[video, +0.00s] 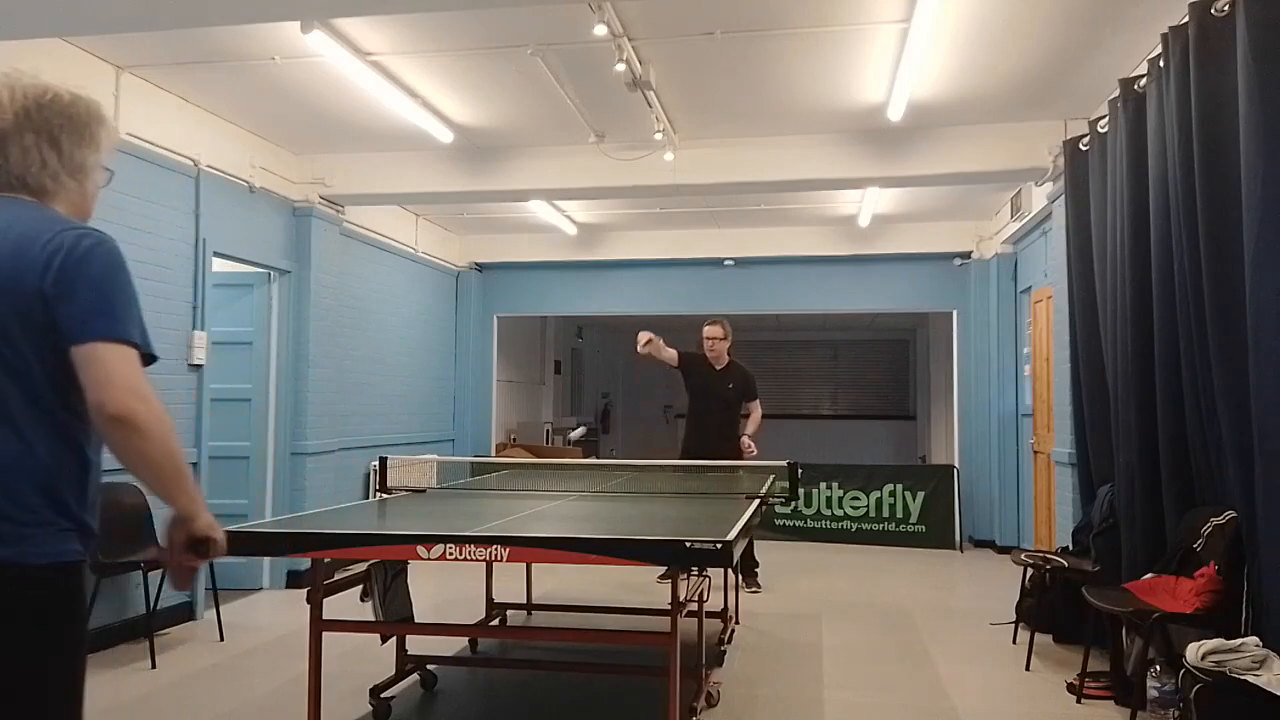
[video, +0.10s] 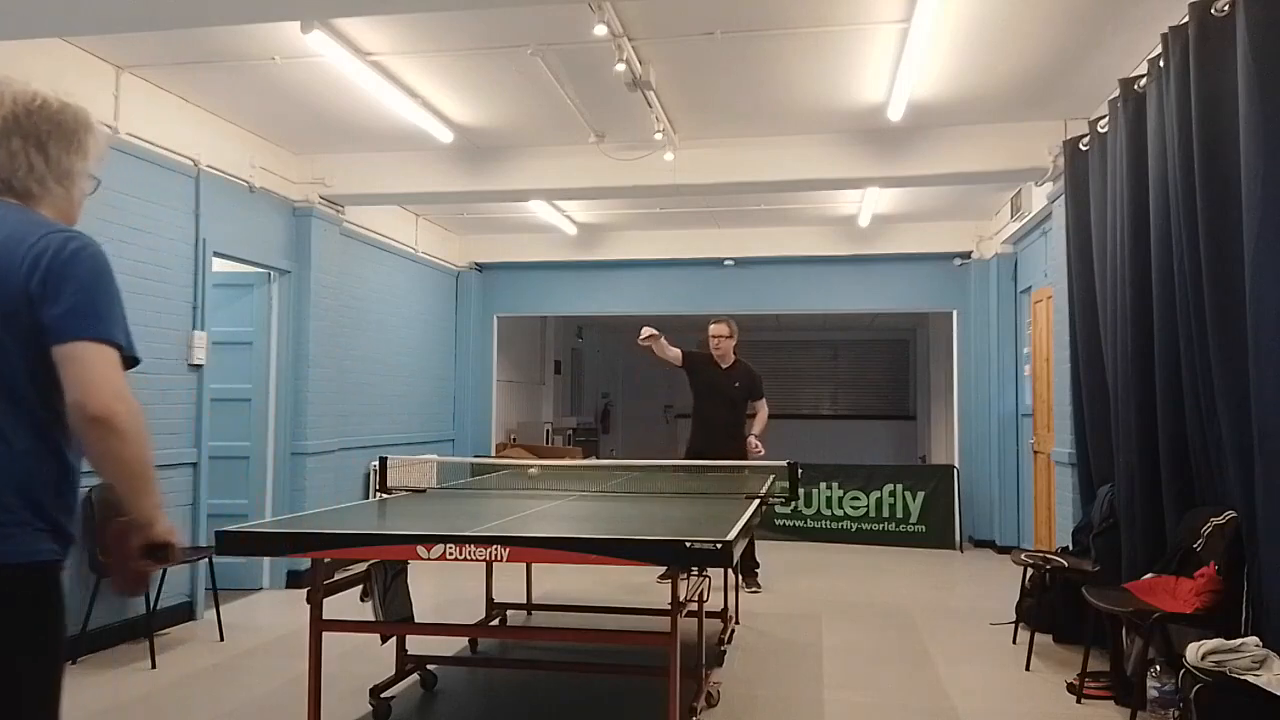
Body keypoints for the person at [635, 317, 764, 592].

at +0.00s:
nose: (710, 344)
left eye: (716, 339)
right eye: (706, 339)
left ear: (728, 342)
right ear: (702, 341)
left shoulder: (742, 375)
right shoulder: (692, 362)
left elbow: (755, 411)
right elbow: (663, 353)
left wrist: (747, 434)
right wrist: (650, 340)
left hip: (728, 456)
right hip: (692, 453)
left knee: (738, 513)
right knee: (678, 508)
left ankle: (748, 572)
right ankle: (677, 561)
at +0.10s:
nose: (716, 342)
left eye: (721, 337)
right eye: (712, 337)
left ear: (734, 340)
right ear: (708, 339)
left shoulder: (748, 375)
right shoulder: (697, 362)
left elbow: (761, 410)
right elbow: (668, 353)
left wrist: (753, 434)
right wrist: (655, 339)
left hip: (733, 456)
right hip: (698, 453)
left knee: (742, 514)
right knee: (682, 507)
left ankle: (748, 572)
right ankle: (677, 561)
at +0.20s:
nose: (721, 340)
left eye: (726, 335)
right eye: (717, 336)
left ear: (739, 338)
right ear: (713, 338)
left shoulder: (752, 372)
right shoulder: (701, 361)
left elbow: (768, 408)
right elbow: (669, 355)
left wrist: (759, 433)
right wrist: (656, 344)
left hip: (738, 455)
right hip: (703, 452)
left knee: (745, 514)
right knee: (684, 505)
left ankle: (749, 573)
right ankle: (676, 560)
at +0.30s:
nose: (725, 338)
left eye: (730, 334)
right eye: (721, 334)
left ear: (743, 336)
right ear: (717, 336)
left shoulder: (756, 370)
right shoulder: (704, 361)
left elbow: (773, 407)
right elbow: (670, 360)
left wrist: (763, 432)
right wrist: (655, 354)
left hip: (741, 454)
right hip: (706, 451)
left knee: (747, 514)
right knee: (688, 506)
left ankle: (749, 572)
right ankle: (679, 560)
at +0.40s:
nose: (726, 337)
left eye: (732, 333)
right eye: (723, 333)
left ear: (744, 335)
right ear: (718, 335)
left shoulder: (757, 370)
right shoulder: (707, 362)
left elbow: (775, 408)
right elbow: (674, 371)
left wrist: (763, 431)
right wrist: (652, 371)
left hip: (741, 456)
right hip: (706, 453)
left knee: (747, 515)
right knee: (693, 509)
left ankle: (749, 573)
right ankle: (685, 566)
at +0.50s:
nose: (724, 337)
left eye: (729, 333)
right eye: (720, 333)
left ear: (742, 335)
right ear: (716, 335)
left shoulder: (755, 370)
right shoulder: (705, 363)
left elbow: (772, 409)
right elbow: (677, 385)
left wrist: (759, 432)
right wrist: (656, 394)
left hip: (739, 455)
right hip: (703, 453)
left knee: (746, 515)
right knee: (686, 508)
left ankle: (749, 573)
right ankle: (678, 566)